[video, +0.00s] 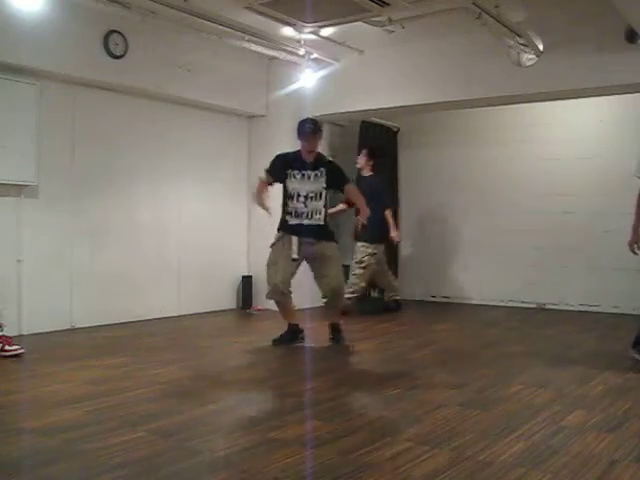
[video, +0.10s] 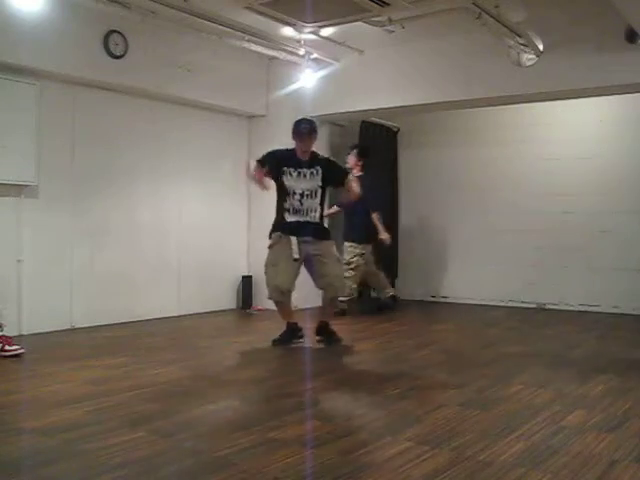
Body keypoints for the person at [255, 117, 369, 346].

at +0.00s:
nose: (310, 150)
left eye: (314, 145)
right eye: (306, 145)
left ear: (320, 140)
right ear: (299, 140)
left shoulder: (329, 167)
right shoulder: (284, 162)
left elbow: (349, 189)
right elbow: (264, 183)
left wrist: (363, 209)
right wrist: (262, 200)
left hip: (320, 238)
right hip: (289, 237)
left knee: (335, 287)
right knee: (276, 285)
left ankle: (335, 327)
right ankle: (293, 328)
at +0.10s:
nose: (304, 146)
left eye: (308, 142)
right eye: (300, 142)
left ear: (315, 140)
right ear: (294, 139)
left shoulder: (324, 164)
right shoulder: (279, 158)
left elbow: (348, 182)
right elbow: (257, 168)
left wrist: (352, 191)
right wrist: (260, 179)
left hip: (317, 236)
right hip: (285, 236)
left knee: (335, 284)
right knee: (277, 286)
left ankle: (323, 326)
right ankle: (291, 327)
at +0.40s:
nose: (294, 142)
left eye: (297, 138)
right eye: (290, 138)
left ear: (302, 136)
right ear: (280, 134)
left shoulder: (306, 155)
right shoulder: (265, 150)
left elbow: (317, 183)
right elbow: (249, 176)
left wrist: (315, 209)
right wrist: (254, 207)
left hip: (301, 222)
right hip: (275, 222)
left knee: (308, 275)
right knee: (279, 275)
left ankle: (307, 327)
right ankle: (263, 324)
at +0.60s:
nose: (292, 142)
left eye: (295, 137)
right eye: (287, 137)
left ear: (300, 139)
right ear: (279, 138)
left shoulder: (302, 168)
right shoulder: (262, 163)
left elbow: (286, 197)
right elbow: (242, 189)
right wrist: (223, 211)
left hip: (294, 236)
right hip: (264, 234)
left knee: (299, 283)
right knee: (250, 278)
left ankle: (304, 326)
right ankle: (255, 327)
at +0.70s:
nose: (293, 145)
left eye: (296, 141)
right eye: (288, 141)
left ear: (300, 141)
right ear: (279, 140)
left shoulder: (301, 166)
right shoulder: (266, 160)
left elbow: (290, 198)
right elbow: (243, 173)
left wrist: (269, 182)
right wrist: (223, 184)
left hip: (292, 236)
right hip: (263, 235)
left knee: (316, 282)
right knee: (241, 276)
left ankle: (308, 327)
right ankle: (252, 327)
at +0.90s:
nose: (292, 145)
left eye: (296, 140)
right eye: (288, 140)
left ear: (301, 140)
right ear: (279, 140)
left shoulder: (307, 165)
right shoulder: (266, 156)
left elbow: (320, 186)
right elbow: (243, 159)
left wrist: (297, 175)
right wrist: (221, 166)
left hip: (297, 237)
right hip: (265, 236)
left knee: (317, 280)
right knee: (245, 279)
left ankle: (308, 328)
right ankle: (252, 326)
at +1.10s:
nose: (300, 144)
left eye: (303, 140)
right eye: (296, 140)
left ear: (308, 141)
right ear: (286, 141)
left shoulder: (314, 168)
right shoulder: (269, 163)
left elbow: (337, 188)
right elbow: (246, 170)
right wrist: (236, 182)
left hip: (306, 235)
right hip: (275, 235)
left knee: (323, 280)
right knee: (262, 281)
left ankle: (314, 325)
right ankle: (257, 324)